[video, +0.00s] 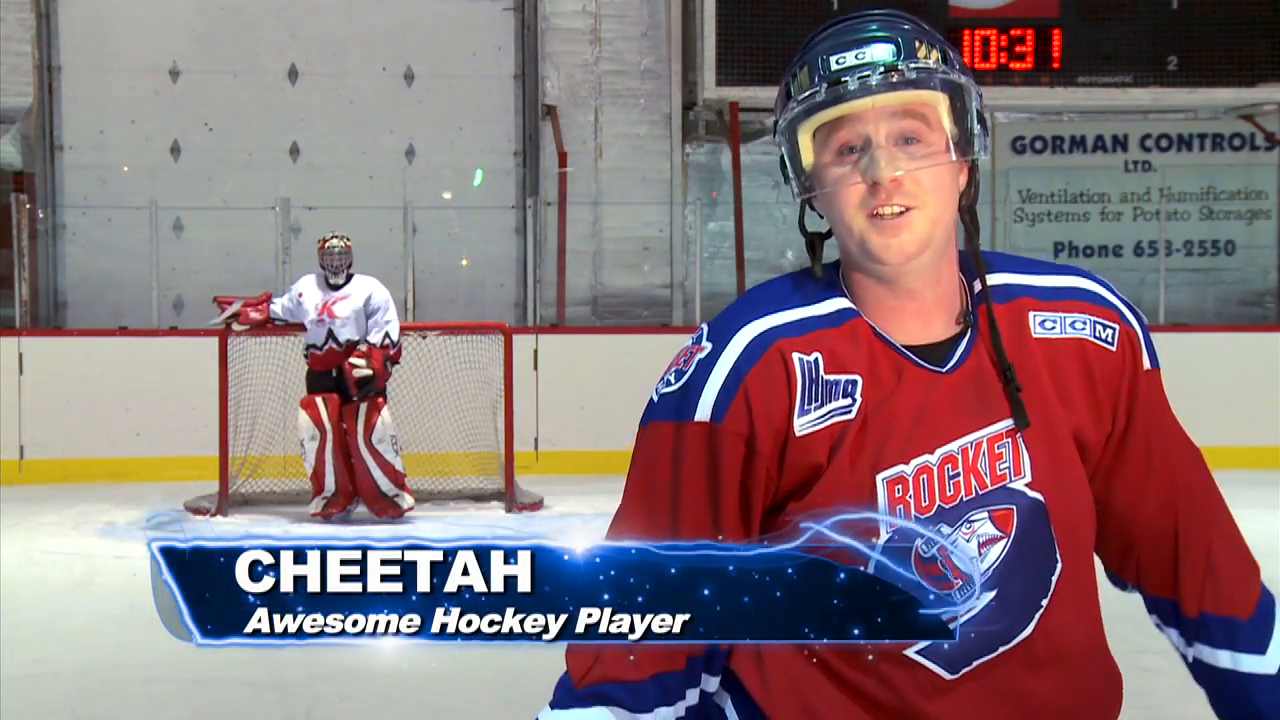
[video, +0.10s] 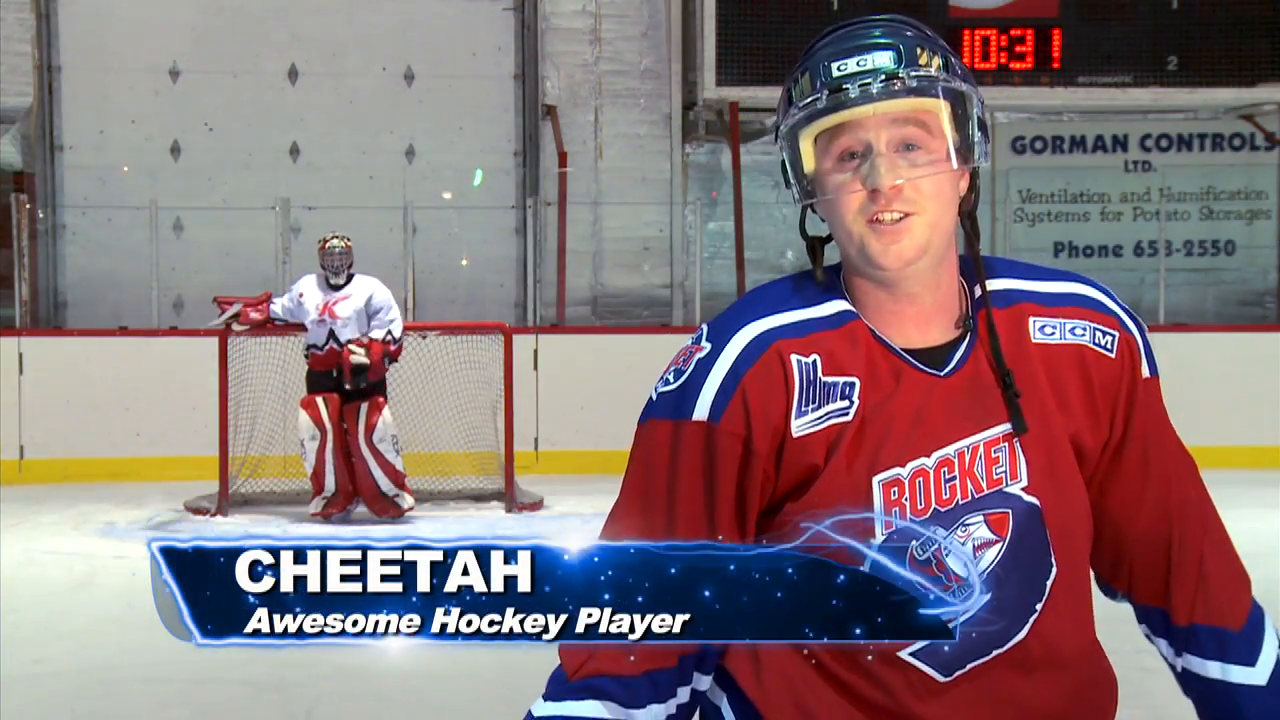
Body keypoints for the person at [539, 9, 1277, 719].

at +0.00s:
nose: (884, 174)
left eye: (911, 140)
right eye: (849, 151)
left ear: (961, 163)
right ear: (810, 186)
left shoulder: (1084, 327)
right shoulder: (740, 368)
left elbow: (1208, 578)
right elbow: (633, 652)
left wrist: (1264, 701)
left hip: (1062, 707)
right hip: (819, 713)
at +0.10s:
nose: (883, 180)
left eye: (912, 148)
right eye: (850, 157)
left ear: (963, 167)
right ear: (812, 190)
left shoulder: (1084, 333)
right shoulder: (737, 370)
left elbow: (1197, 584)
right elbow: (623, 642)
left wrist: (1256, 705)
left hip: (1055, 709)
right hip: (812, 713)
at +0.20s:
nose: (884, 180)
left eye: (911, 148)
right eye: (851, 159)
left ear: (961, 167)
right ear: (814, 195)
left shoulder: (1082, 334)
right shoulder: (737, 372)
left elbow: (1191, 589)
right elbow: (621, 642)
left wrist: (1250, 706)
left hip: (1054, 709)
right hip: (812, 712)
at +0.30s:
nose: (883, 184)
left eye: (910, 151)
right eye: (850, 162)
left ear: (960, 170)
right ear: (813, 197)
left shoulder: (1079, 332)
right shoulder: (738, 372)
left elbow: (1190, 590)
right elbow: (621, 648)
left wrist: (1258, 703)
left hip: (1056, 704)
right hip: (814, 708)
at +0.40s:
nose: (882, 184)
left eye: (908, 152)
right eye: (849, 161)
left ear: (957, 168)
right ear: (811, 192)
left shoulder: (1079, 330)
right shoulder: (745, 368)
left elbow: (1190, 578)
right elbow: (632, 630)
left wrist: (1261, 703)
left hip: (1057, 708)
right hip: (816, 712)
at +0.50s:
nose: (884, 176)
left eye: (911, 144)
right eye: (851, 153)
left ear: (959, 170)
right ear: (812, 187)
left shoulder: (1080, 327)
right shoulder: (747, 368)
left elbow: (1198, 581)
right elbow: (635, 645)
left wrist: (1268, 700)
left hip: (1068, 708)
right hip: (828, 715)